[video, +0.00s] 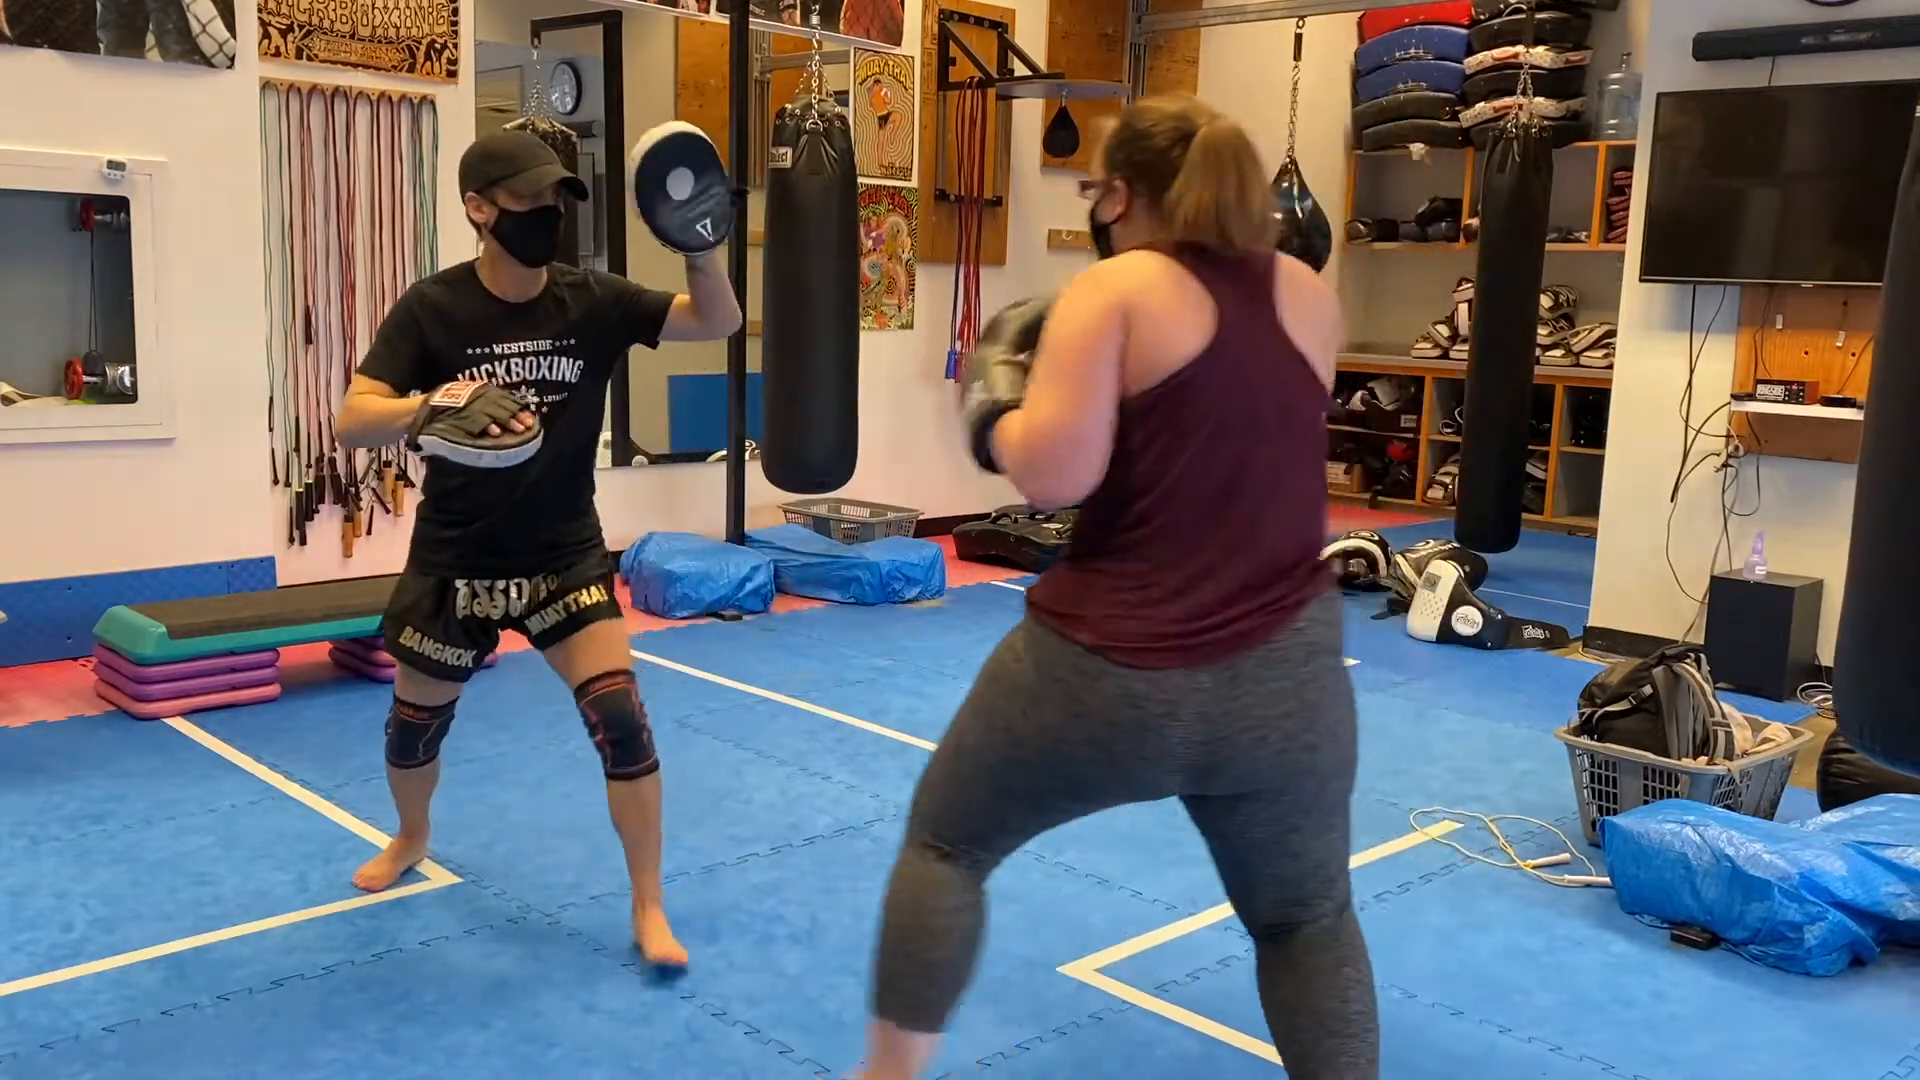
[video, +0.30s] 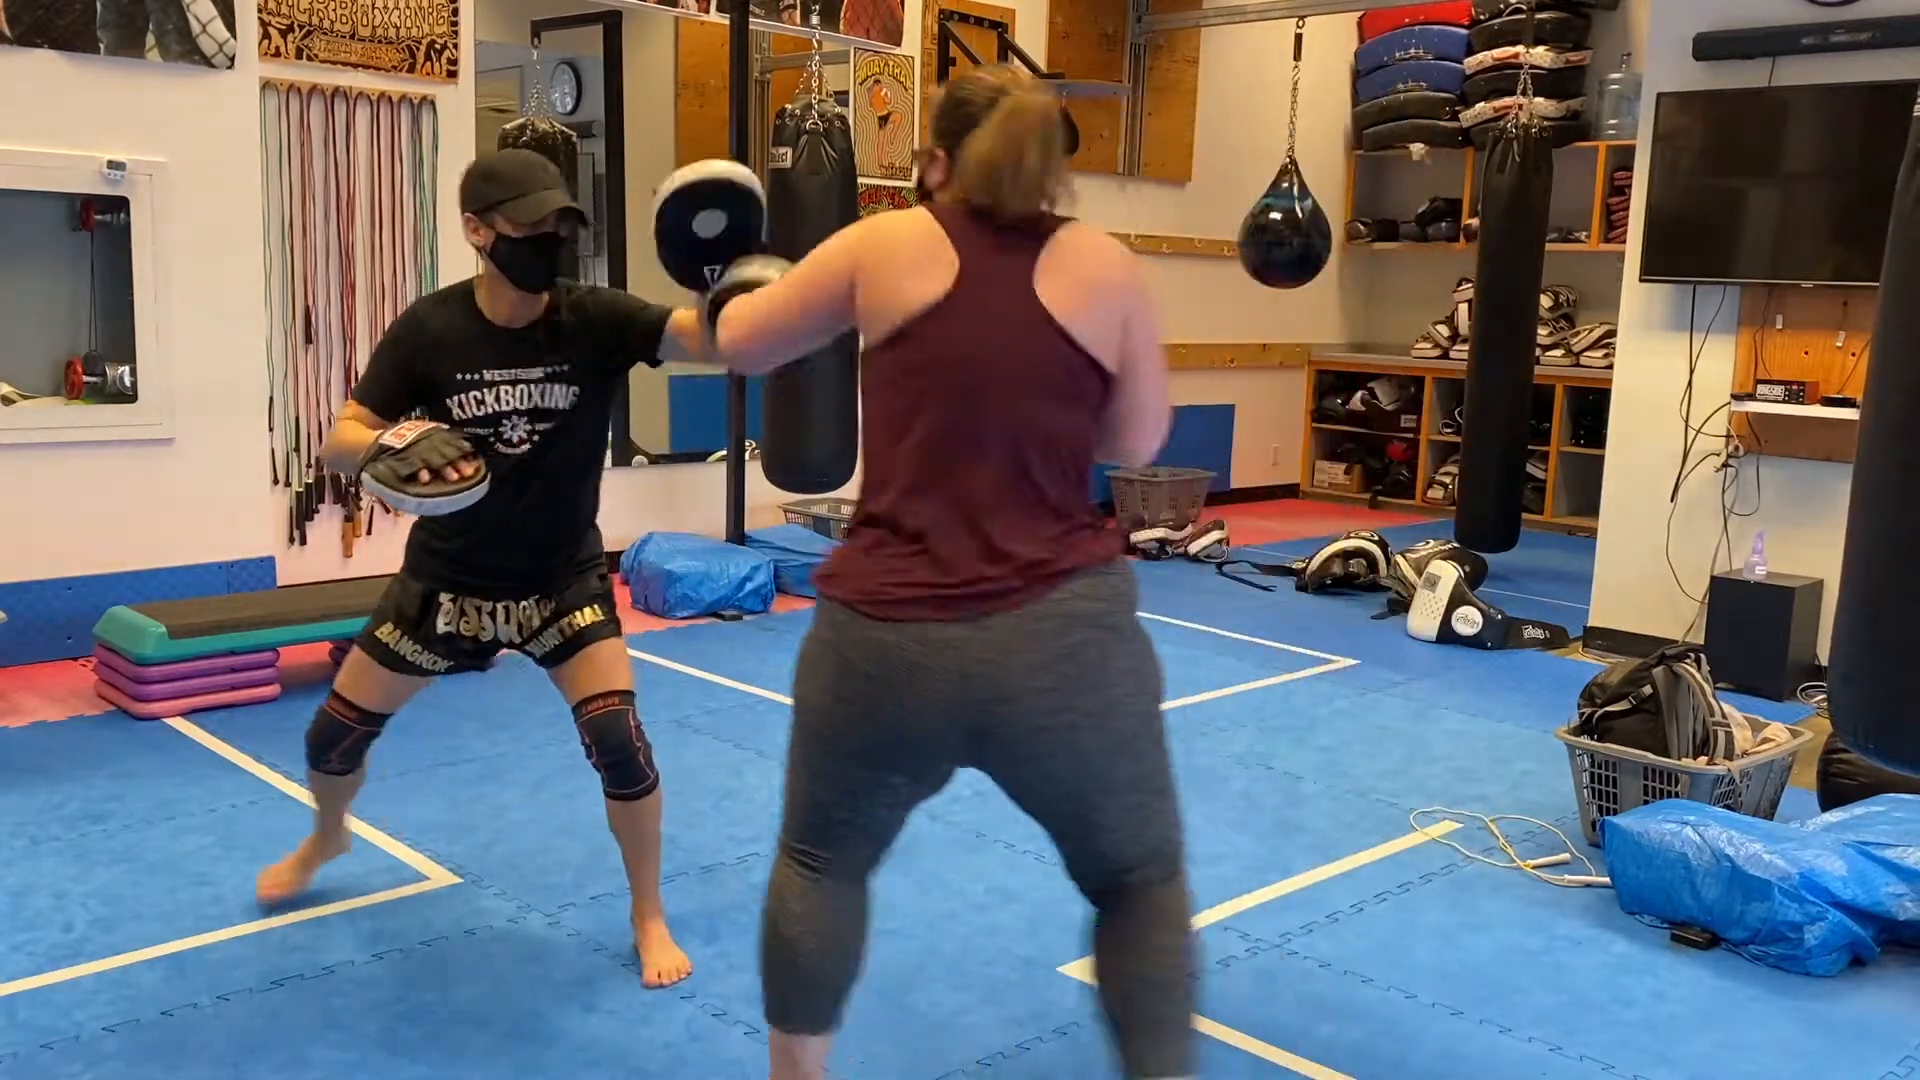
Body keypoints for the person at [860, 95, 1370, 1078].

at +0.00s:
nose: (1098, 213)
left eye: (1103, 194)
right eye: (1098, 195)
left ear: (1134, 194)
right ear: (1229, 184)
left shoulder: (1111, 293)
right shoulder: (1311, 293)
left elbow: (1053, 476)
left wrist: (995, 402)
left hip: (1100, 692)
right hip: (1285, 692)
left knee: (947, 848)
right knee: (1308, 919)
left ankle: (890, 1063)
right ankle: (1346, 1074)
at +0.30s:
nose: (917, 164)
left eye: (924, 150)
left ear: (942, 159)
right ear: (1054, 162)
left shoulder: (880, 246)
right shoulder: (1110, 270)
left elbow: (739, 342)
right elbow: (1136, 438)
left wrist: (742, 293)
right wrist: (1035, 396)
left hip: (880, 652)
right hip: (1062, 653)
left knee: (820, 860)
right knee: (1136, 882)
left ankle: (796, 1067)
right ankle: (1161, 1069)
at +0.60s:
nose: (774, 189)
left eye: (779, 177)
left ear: (791, 183)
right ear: (906, 187)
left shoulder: (710, 270)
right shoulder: (935, 298)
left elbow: (578, 375)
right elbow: (1000, 478)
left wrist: (607, 306)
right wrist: (934, 373)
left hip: (688, 673)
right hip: (870, 677)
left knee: (615, 908)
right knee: (987, 917)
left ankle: (549, 1072)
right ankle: (1036, 1071)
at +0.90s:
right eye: (794, 136)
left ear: (668, 137)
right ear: (784, 144)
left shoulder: (571, 249)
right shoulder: (822, 260)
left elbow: (485, 420)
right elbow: (891, 448)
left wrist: (591, 375)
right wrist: (782, 416)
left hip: (580, 650)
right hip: (766, 653)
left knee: (570, 914)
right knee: (841, 934)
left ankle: (533, 1076)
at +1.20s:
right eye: (789, 115)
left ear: (662, 120)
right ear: (780, 122)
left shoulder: (561, 246)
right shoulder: (833, 246)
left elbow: (497, 442)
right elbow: (920, 443)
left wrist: (600, 404)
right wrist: (824, 372)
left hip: (557, 667)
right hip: (753, 666)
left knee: (559, 910)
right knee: (759, 996)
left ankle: (512, 1068)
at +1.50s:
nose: (713, 149)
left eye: (706, 132)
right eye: (707, 132)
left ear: (566, 125)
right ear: (685, 136)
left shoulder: (481, 248)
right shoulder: (674, 248)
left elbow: (443, 432)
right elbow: (756, 463)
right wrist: (801, 366)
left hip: (461, 653)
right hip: (620, 671)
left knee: (477, 918)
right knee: (689, 1009)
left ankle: (391, 1071)